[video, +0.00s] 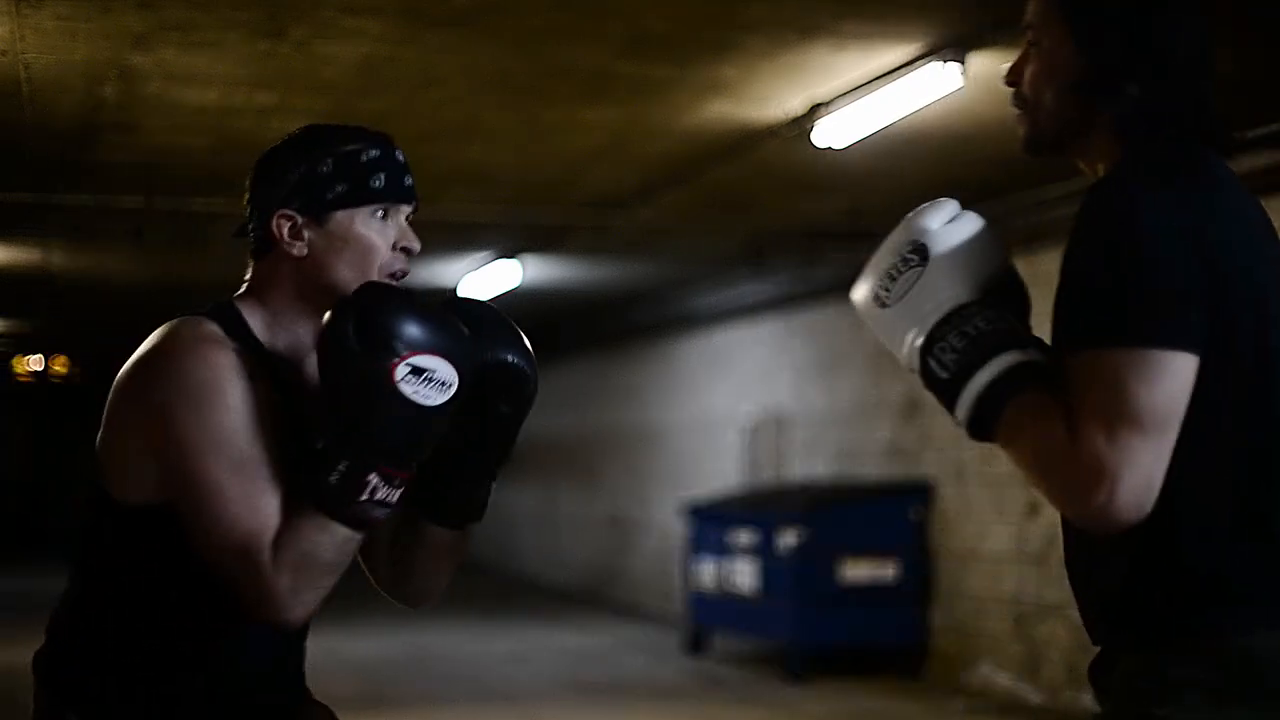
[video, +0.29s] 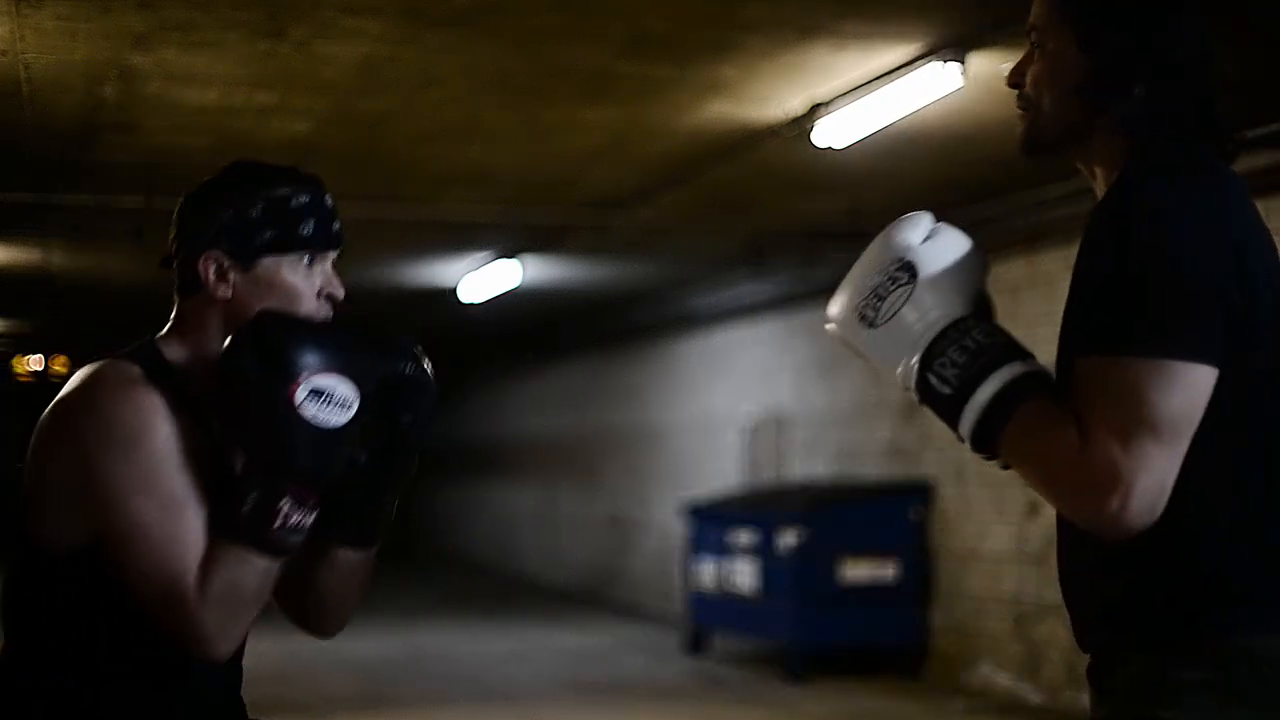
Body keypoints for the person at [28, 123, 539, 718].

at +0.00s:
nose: (412, 245)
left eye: (407, 219)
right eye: (383, 216)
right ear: (292, 232)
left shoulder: (333, 369)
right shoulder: (191, 364)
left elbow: (412, 581)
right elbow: (279, 594)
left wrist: (472, 446)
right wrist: (372, 447)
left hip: (259, 692)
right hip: (137, 698)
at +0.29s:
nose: (337, 289)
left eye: (332, 263)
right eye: (310, 262)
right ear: (219, 275)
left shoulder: (243, 401)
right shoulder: (115, 404)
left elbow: (320, 613)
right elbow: (206, 630)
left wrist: (378, 463)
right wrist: (291, 475)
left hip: (200, 706)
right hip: (96, 712)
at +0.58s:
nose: (234, 346)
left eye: (240, 314)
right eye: (200, 320)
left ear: (252, 312)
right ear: (130, 336)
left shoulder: (280, 430)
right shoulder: (56, 468)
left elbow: (394, 633)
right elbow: (76, 697)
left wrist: (344, 471)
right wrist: (123, 538)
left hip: (264, 713)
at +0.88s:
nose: (393, 271)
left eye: (386, 246)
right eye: (370, 243)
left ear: (286, 260)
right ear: (288, 256)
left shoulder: (268, 342)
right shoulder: (286, 333)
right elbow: (467, 358)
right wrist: (565, 257)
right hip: (196, 709)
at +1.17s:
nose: (299, 285)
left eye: (298, 262)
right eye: (269, 258)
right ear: (183, 271)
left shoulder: (253, 416)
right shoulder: (75, 421)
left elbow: (294, 616)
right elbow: (32, 638)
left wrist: (348, 507)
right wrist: (172, 566)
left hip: (203, 710)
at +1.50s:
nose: (298, 249)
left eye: (296, 227)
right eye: (266, 224)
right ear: (180, 246)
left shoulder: (257, 384)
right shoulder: (88, 388)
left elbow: (356, 580)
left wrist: (380, 422)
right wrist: (245, 427)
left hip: (213, 700)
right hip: (91, 709)